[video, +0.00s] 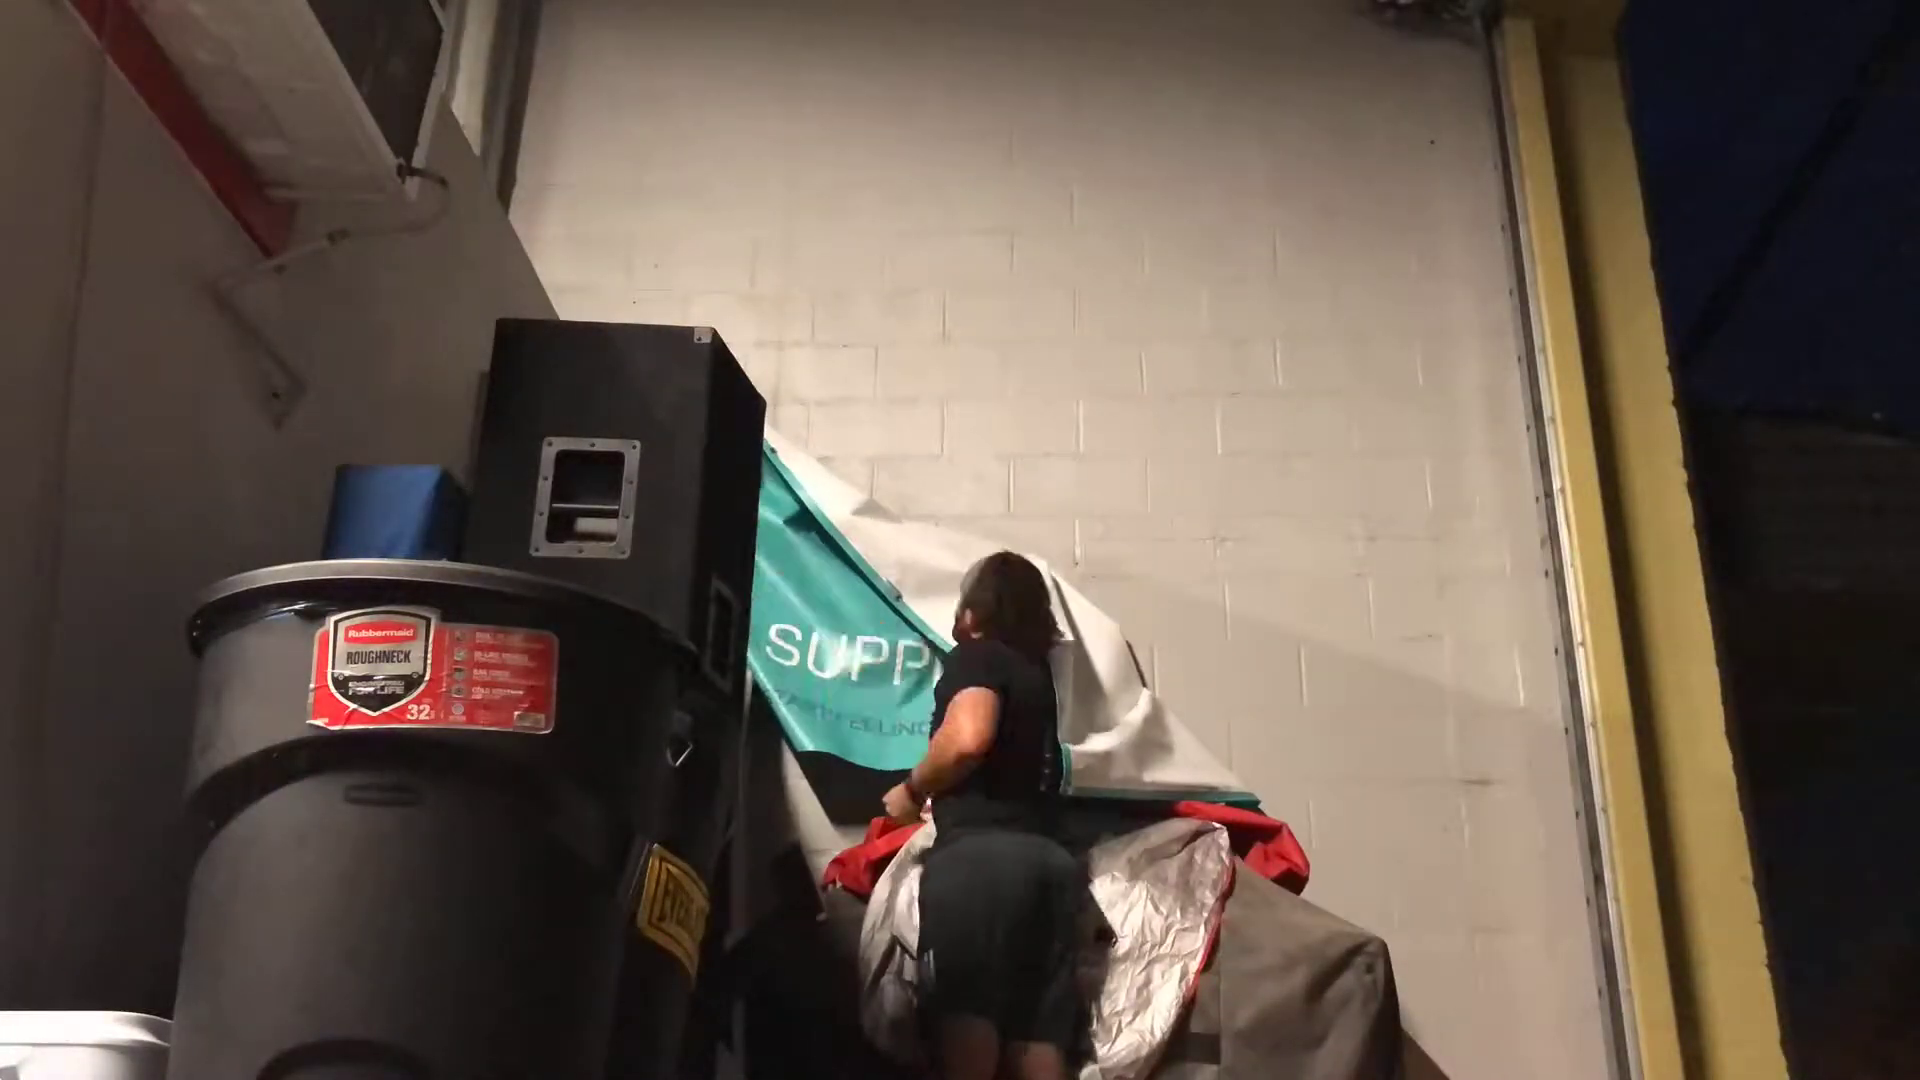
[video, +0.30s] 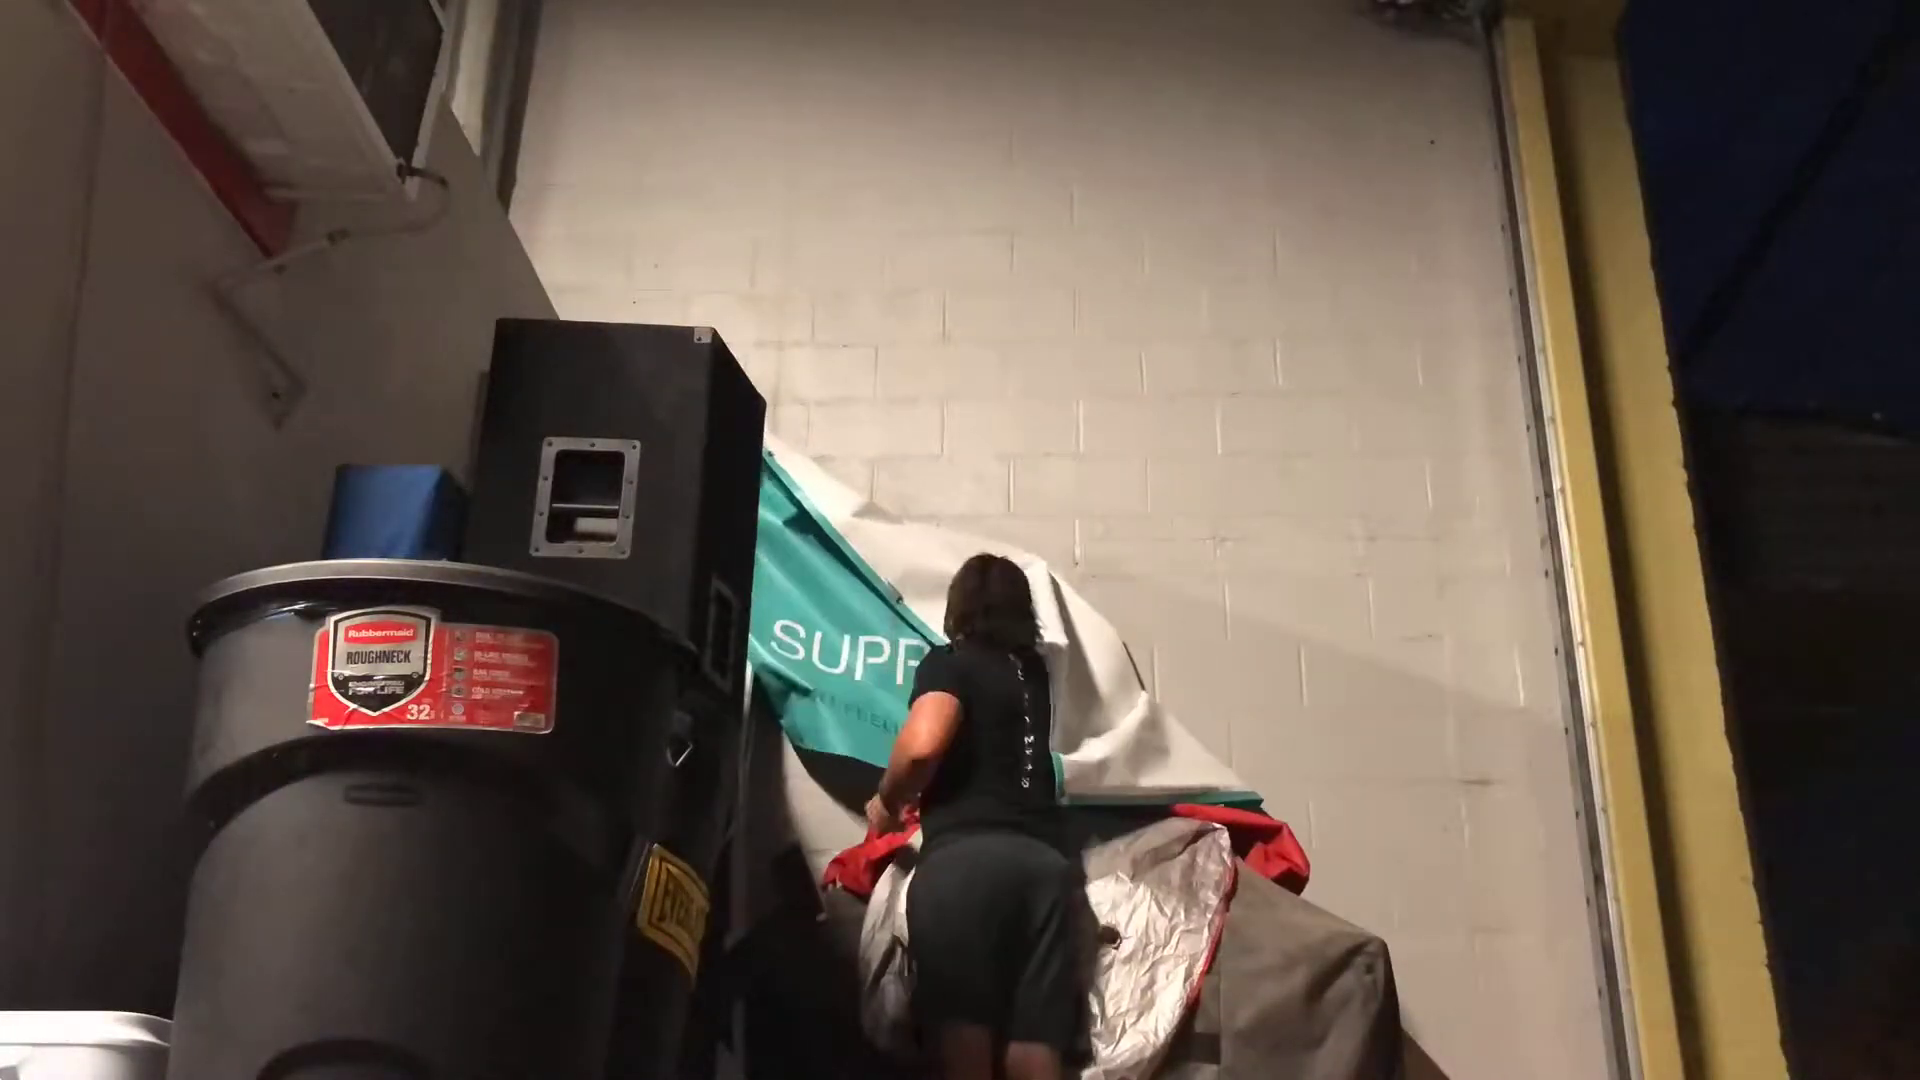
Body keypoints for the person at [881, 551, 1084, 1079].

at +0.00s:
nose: (956, 617)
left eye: (961, 605)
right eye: (961, 605)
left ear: (973, 613)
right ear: (1033, 618)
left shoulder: (977, 656)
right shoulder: (1038, 672)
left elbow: (969, 739)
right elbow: (1020, 772)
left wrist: (913, 789)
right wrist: (930, 809)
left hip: (982, 852)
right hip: (1051, 857)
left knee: (967, 1026)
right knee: (1043, 1036)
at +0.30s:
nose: (949, 611)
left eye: (953, 603)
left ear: (958, 610)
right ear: (1023, 612)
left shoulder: (950, 664)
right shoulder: (1037, 672)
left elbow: (922, 746)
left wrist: (885, 802)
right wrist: (932, 798)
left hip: (966, 857)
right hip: (1047, 861)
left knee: (961, 1045)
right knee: (1036, 1050)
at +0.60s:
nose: (954, 603)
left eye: (957, 594)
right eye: (959, 594)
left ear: (964, 603)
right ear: (1032, 601)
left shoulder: (962, 660)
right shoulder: (1056, 667)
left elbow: (931, 760)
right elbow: (1038, 757)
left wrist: (897, 799)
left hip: (969, 853)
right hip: (1048, 858)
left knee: (962, 1037)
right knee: (1037, 1043)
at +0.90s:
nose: (952, 599)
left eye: (956, 590)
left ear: (961, 598)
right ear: (1026, 597)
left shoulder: (954, 659)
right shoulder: (1058, 664)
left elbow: (917, 767)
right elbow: (1048, 760)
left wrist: (901, 809)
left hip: (965, 855)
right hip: (1047, 861)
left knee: (962, 1040)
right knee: (1037, 1048)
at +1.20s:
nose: (939, 628)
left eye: (941, 616)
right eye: (940, 616)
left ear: (952, 620)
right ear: (1016, 617)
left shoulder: (940, 664)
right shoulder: (1051, 670)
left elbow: (907, 763)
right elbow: (1048, 764)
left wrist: (920, 828)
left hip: (963, 858)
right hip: (1049, 864)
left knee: (962, 1041)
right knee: (1038, 1046)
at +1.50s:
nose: (939, 620)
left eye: (941, 609)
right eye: (941, 609)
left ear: (951, 615)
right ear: (1013, 611)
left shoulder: (939, 667)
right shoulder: (1048, 669)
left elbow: (908, 767)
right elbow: (1047, 762)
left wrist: (912, 820)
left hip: (963, 856)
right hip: (1047, 861)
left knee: (962, 1038)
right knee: (1038, 1043)